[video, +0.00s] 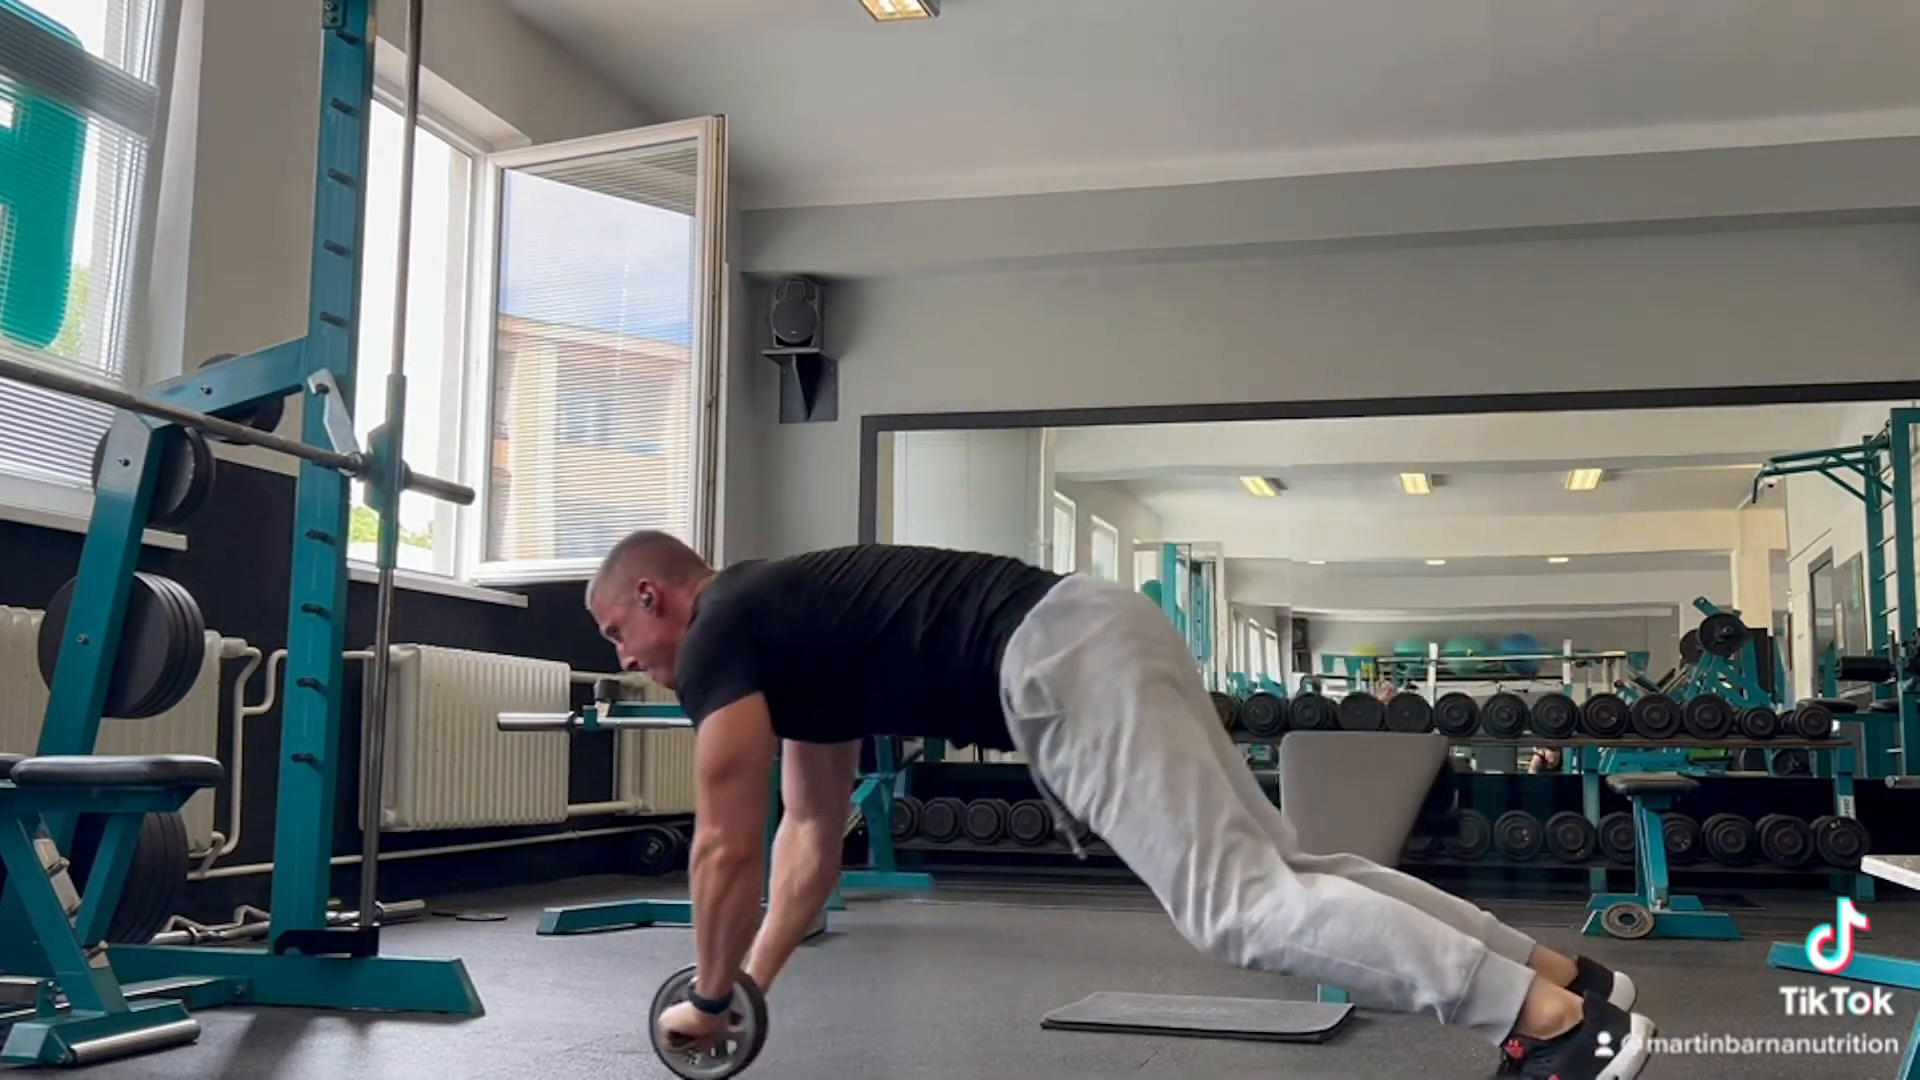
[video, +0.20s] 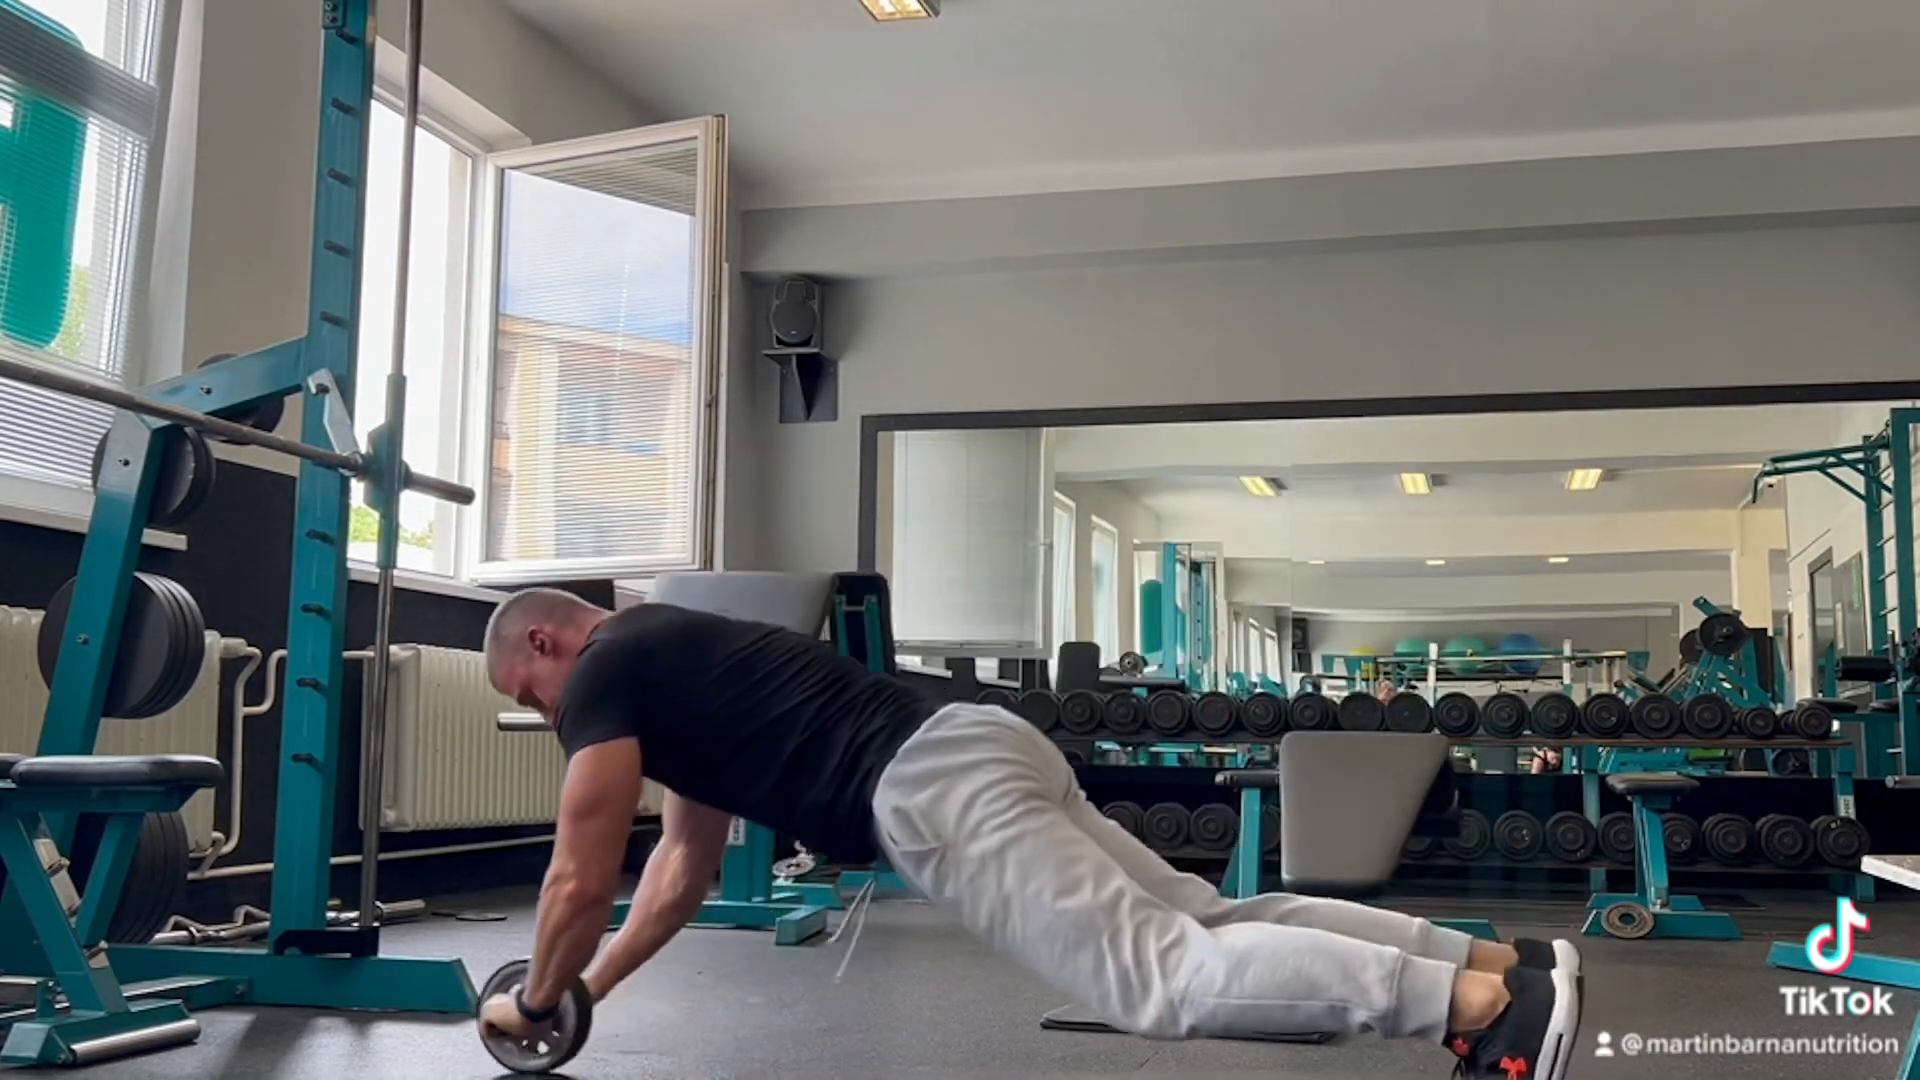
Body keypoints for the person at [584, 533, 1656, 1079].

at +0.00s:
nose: (627, 661)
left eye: (620, 638)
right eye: (617, 644)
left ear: (656, 599)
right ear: (689, 585)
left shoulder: (729, 629)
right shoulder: (800, 631)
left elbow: (729, 844)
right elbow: (811, 842)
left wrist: (711, 992)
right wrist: (749, 980)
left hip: (1060, 651)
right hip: (1094, 632)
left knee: (1237, 906)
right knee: (1268, 873)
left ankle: (1543, 1004)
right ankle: (1552, 980)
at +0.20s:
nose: (536, 713)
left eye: (525, 688)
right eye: (525, 698)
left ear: (552, 636)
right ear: (585, 626)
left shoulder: (615, 661)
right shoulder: (688, 667)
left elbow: (580, 876)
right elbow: (677, 873)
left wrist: (539, 1002)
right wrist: (580, 991)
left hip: (931, 780)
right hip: (972, 746)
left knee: (1151, 979)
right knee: (1190, 918)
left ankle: (1464, 1001)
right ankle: (1477, 964)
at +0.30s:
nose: (504, 750)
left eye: (493, 728)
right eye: (493, 739)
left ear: (522, 676)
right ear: (562, 675)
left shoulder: (581, 700)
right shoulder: (662, 702)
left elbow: (521, 914)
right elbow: (631, 907)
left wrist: (466, 1008)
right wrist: (516, 1000)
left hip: (902, 828)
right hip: (947, 790)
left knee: (1138, 1009)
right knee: (1178, 940)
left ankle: (1444, 1002)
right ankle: (1459, 969)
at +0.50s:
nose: (478, 875)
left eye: (468, 855)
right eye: (470, 865)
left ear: (487, 799)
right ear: (528, 785)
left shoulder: (539, 809)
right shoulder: (625, 786)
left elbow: (438, 983)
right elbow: (567, 962)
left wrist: (368, 1007)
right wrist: (454, 988)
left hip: (883, 923)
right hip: (928, 861)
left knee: (1122, 1053)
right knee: (1167, 985)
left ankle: (1436, 1026)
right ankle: (1462, 977)